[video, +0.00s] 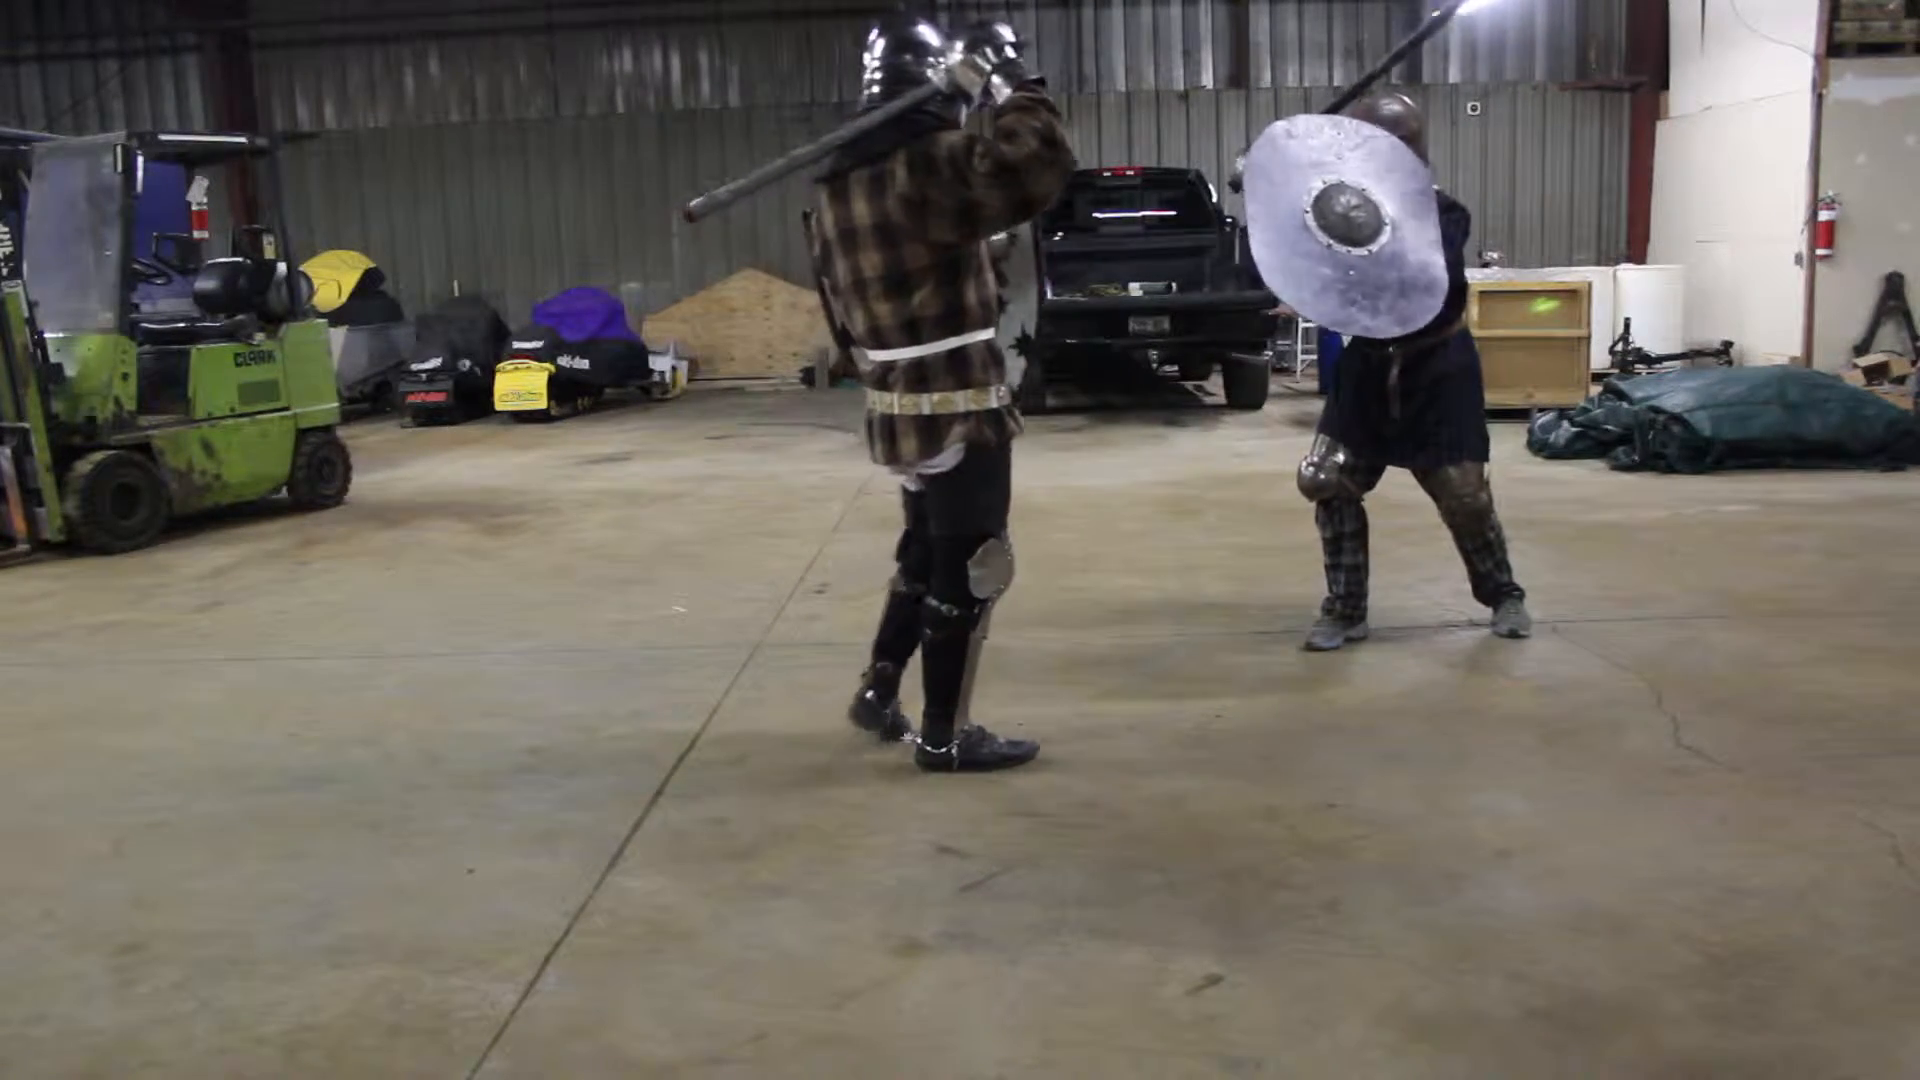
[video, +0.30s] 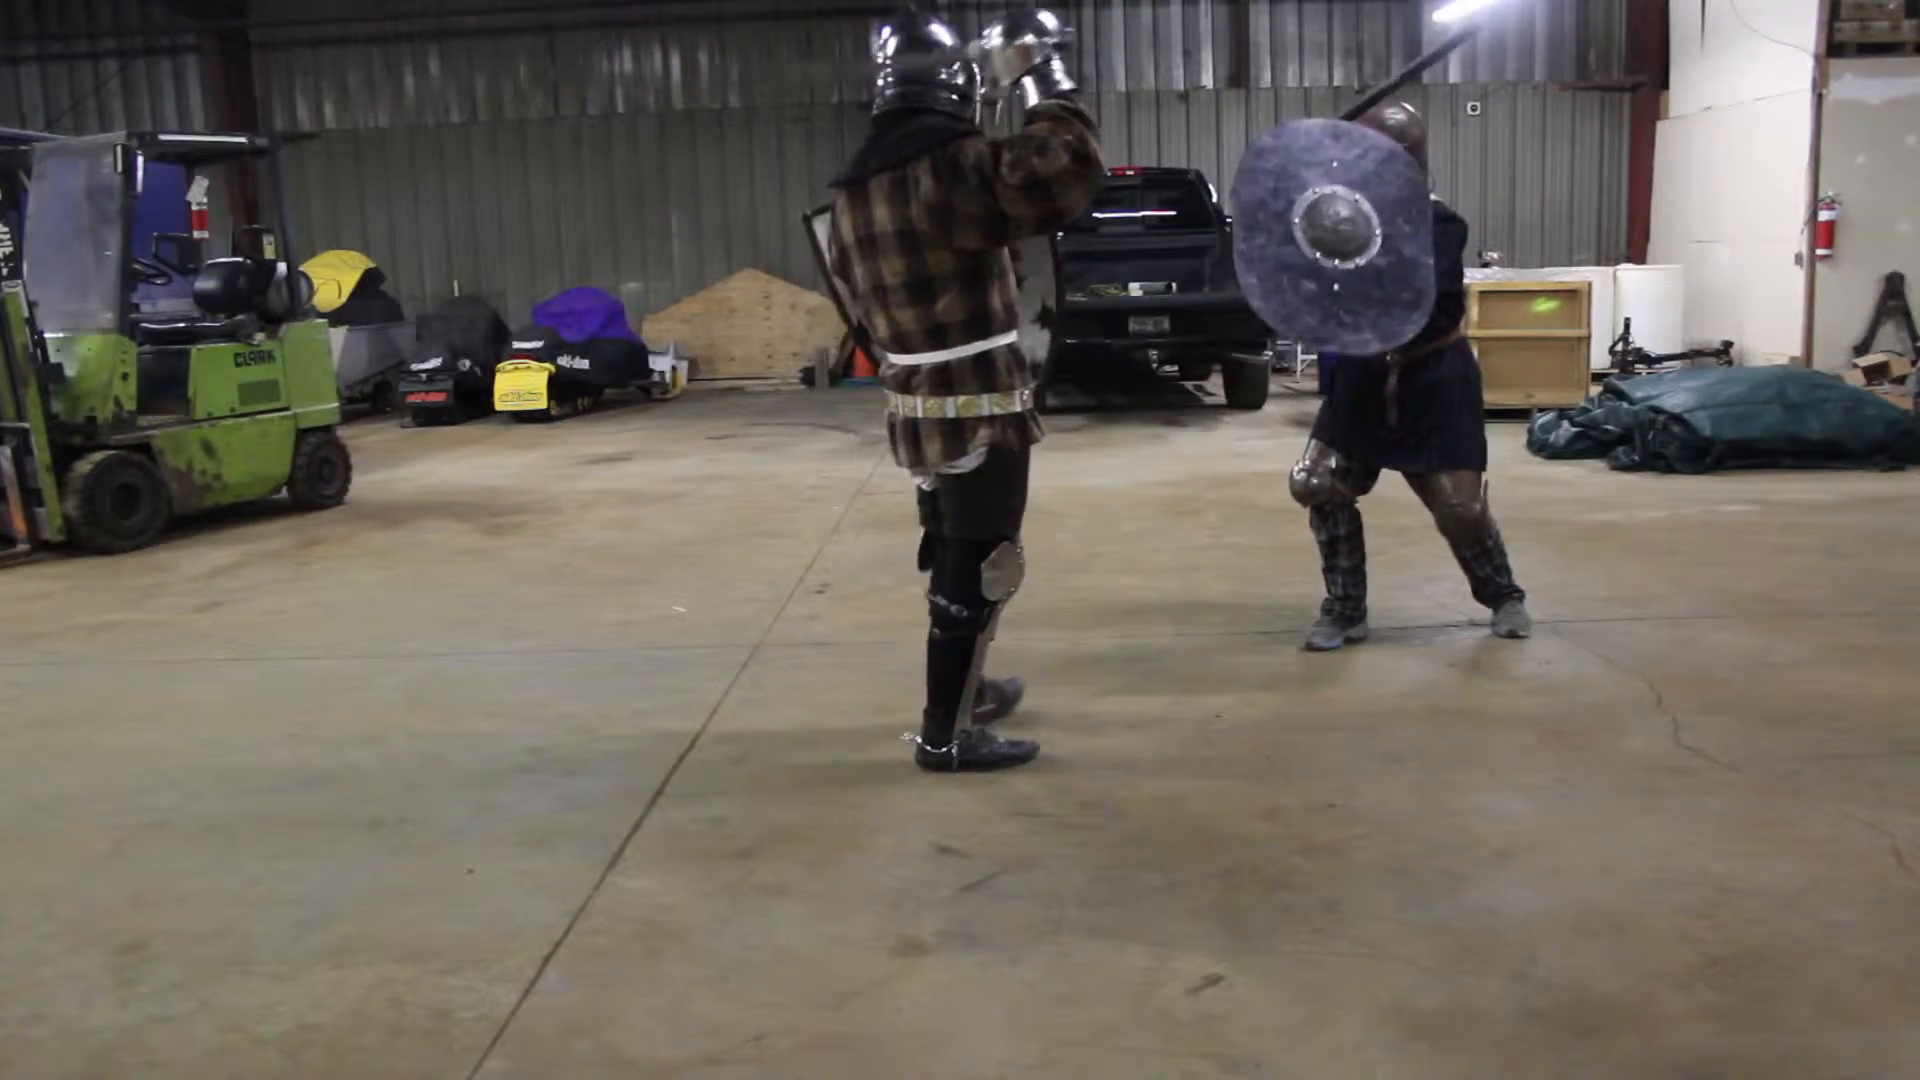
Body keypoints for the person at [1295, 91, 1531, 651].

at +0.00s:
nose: (1374, 156)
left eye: (1387, 143)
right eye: (1363, 143)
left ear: (1413, 148)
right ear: (1353, 147)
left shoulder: (1443, 215)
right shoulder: (1347, 209)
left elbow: (1438, 305)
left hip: (1438, 357)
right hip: (1365, 358)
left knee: (1461, 489)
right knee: (1330, 479)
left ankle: (1504, 597)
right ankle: (1344, 610)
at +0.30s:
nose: (1379, 165)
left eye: (1392, 153)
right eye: (1368, 152)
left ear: (1416, 159)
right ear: (1355, 156)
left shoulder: (1439, 226)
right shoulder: (1343, 216)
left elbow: (1449, 315)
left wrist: (1403, 349)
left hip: (1434, 368)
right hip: (1358, 367)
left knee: (1458, 504)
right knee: (1319, 482)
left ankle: (1504, 599)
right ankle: (1344, 610)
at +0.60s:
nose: (1373, 161)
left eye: (1383, 151)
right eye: (1360, 152)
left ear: (1402, 155)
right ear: (1341, 160)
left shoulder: (1435, 193)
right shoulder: (1326, 205)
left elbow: (1455, 248)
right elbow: (1278, 259)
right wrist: (1267, 189)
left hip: (1437, 342)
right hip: (1359, 346)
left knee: (1470, 481)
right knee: (1337, 481)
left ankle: (1495, 593)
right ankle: (1344, 609)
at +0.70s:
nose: (1380, 156)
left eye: (1391, 146)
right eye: (1367, 147)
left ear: (1411, 152)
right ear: (1349, 157)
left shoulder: (1439, 195)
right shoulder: (1332, 203)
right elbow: (1273, 240)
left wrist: (1424, 146)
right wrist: (1272, 168)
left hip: (1444, 342)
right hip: (1365, 346)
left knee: (1478, 472)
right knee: (1341, 479)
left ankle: (1500, 593)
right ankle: (1345, 609)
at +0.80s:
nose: (1384, 145)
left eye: (1397, 133)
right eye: (1371, 135)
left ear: (1414, 137)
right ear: (1351, 145)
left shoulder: (1439, 185)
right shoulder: (1333, 199)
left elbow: (1473, 217)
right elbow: (1270, 230)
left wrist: (1422, 130)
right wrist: (1276, 152)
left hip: (1451, 336)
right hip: (1374, 341)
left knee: (1483, 468)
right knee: (1346, 477)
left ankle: (1504, 594)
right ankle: (1346, 608)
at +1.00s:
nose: (1403, 147)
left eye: (1416, 133)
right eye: (1390, 137)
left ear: (1435, 142)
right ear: (1373, 149)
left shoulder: (1463, 193)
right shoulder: (1356, 202)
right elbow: (1288, 236)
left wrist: (1432, 127)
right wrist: (1291, 161)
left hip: (1467, 341)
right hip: (1388, 344)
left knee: (1487, 473)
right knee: (1358, 476)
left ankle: (1502, 596)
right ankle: (1347, 608)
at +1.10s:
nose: (1414, 136)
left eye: (1425, 122)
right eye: (1401, 125)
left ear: (1443, 129)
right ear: (1381, 134)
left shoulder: (1467, 192)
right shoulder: (1359, 193)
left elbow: (1485, 211)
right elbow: (1305, 254)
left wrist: (1443, 144)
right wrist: (1292, 182)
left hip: (1470, 341)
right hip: (1393, 346)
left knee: (1489, 480)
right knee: (1360, 477)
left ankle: (1500, 596)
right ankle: (1347, 608)